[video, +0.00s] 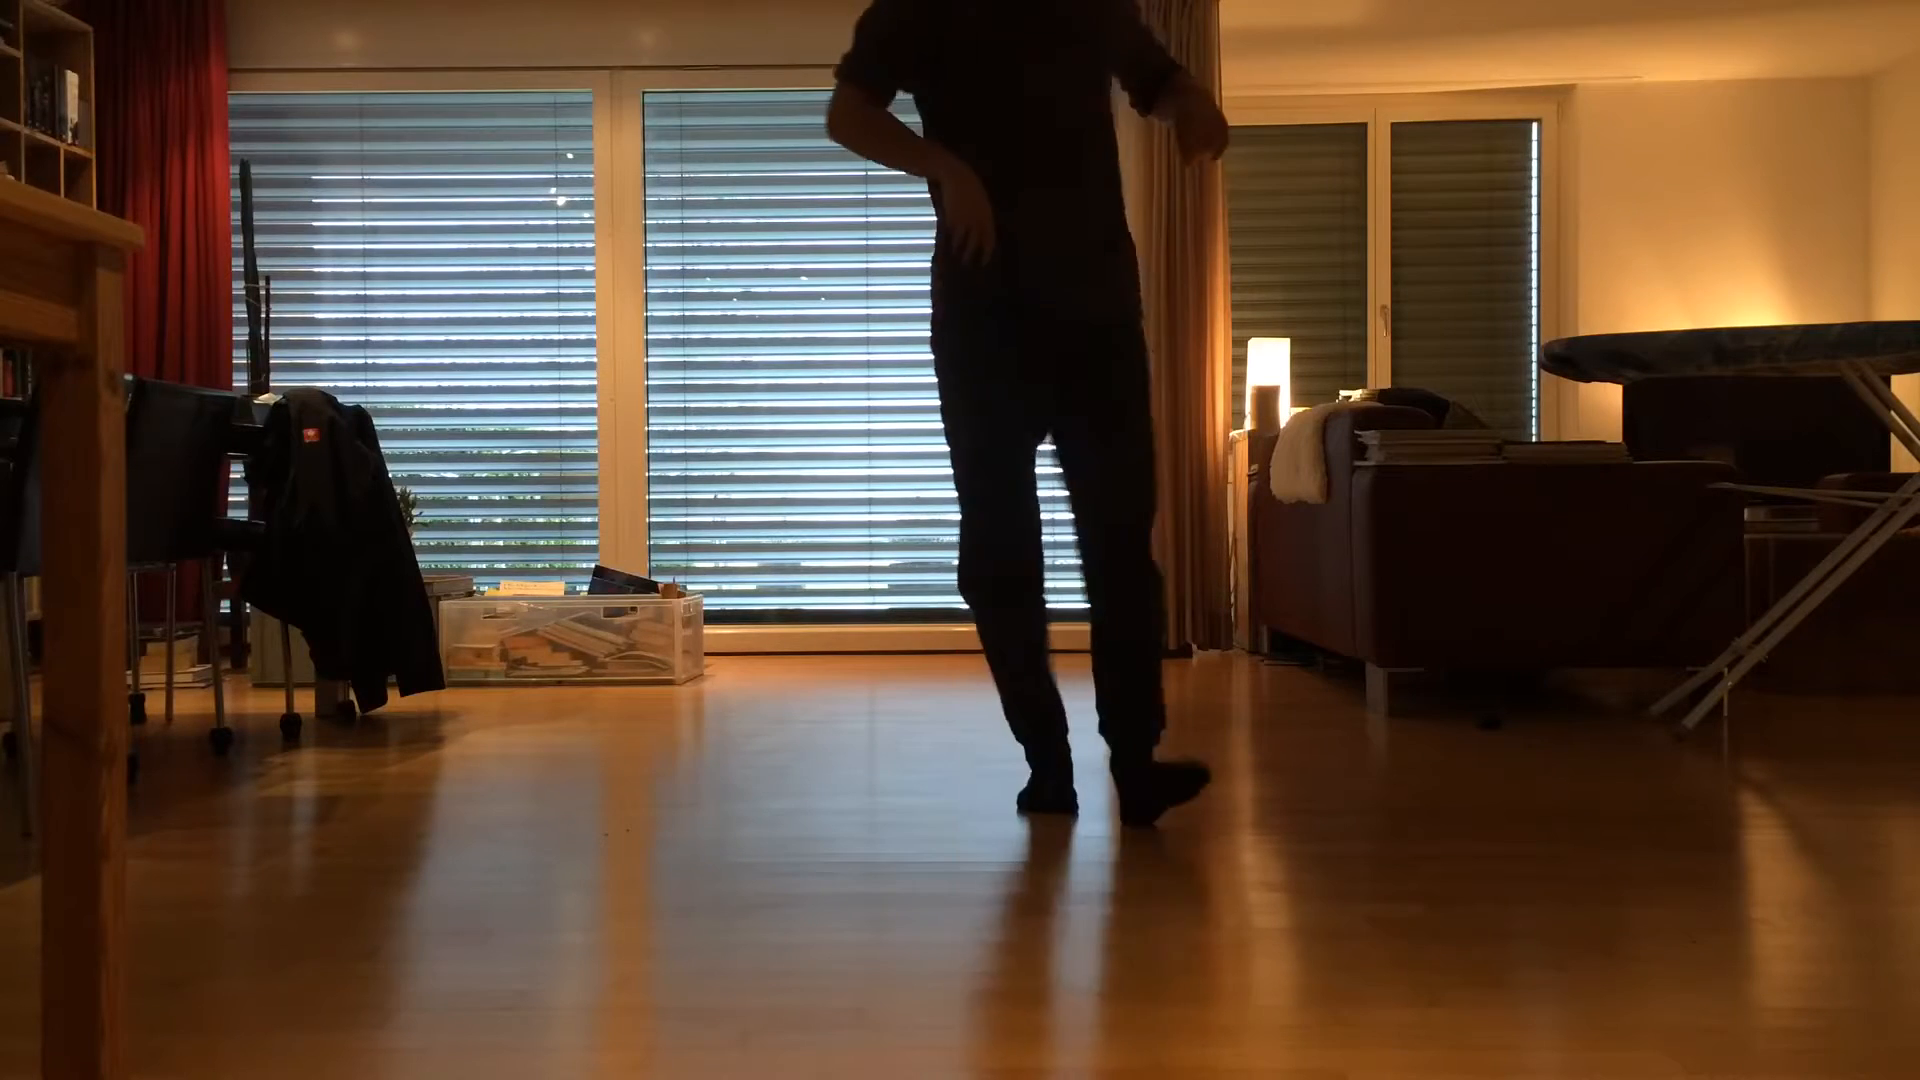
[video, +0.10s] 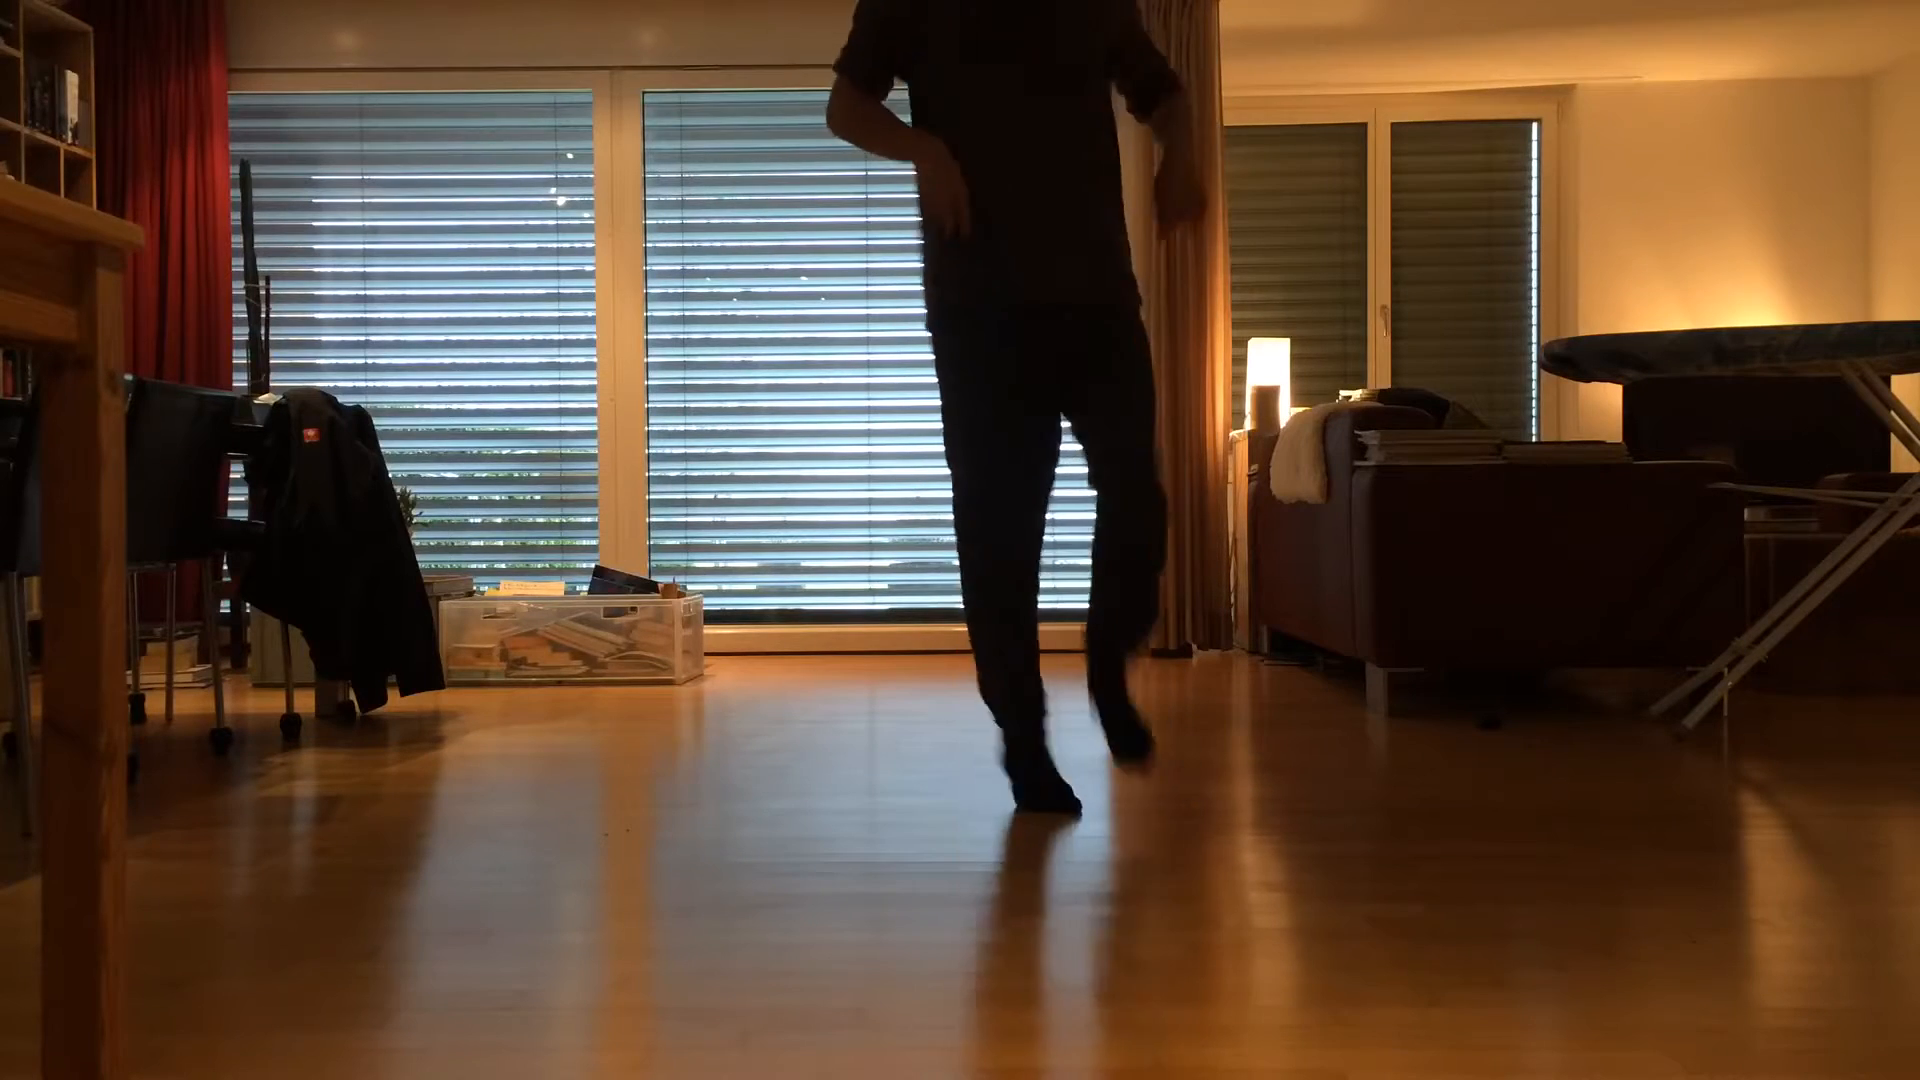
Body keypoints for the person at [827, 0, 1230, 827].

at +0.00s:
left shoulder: (1092, 6)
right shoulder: (918, 7)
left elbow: (1158, 78)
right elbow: (849, 111)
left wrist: (1195, 109)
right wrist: (941, 165)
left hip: (1097, 296)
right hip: (983, 304)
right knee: (1000, 544)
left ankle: (1136, 766)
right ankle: (1046, 763)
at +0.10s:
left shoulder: (1099, 6)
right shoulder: (912, 3)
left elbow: (1163, 95)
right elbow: (845, 104)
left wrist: (1181, 163)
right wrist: (922, 147)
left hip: (1093, 274)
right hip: (980, 284)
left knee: (1136, 499)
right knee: (998, 520)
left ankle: (1109, 661)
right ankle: (1024, 740)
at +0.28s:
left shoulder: (1084, 7)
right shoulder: (893, 5)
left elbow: (1142, 133)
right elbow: (824, 114)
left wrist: (1152, 260)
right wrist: (910, 147)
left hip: (1070, 261)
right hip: (956, 273)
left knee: (1134, 365)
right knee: (991, 529)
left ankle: (1093, 413)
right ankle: (966, 775)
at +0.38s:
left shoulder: (1090, 5)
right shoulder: (888, 0)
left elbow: (1125, 118)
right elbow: (823, 87)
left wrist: (1122, 244)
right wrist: (902, 134)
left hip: (1058, 254)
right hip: (942, 258)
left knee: (1111, 400)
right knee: (953, 509)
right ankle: (980, 755)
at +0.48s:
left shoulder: (1081, 3)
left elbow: (1123, 117)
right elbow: (803, 85)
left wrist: (1099, 238)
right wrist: (896, 117)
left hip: (1046, 287)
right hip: (926, 292)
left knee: (1075, 537)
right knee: (933, 531)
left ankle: (1059, 765)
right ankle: (945, 761)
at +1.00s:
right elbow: (881, 19)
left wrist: (1031, 235)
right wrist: (1017, 97)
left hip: (975, 254)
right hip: (945, 253)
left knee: (999, 502)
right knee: (999, 502)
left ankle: (984, 785)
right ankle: (976, 790)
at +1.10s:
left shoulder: (963, 14)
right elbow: (915, 25)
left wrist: (1031, 159)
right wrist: (1035, 113)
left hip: (962, 256)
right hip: (974, 251)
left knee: (1027, 535)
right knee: (1158, 432)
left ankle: (960, 810)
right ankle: (1063, 672)